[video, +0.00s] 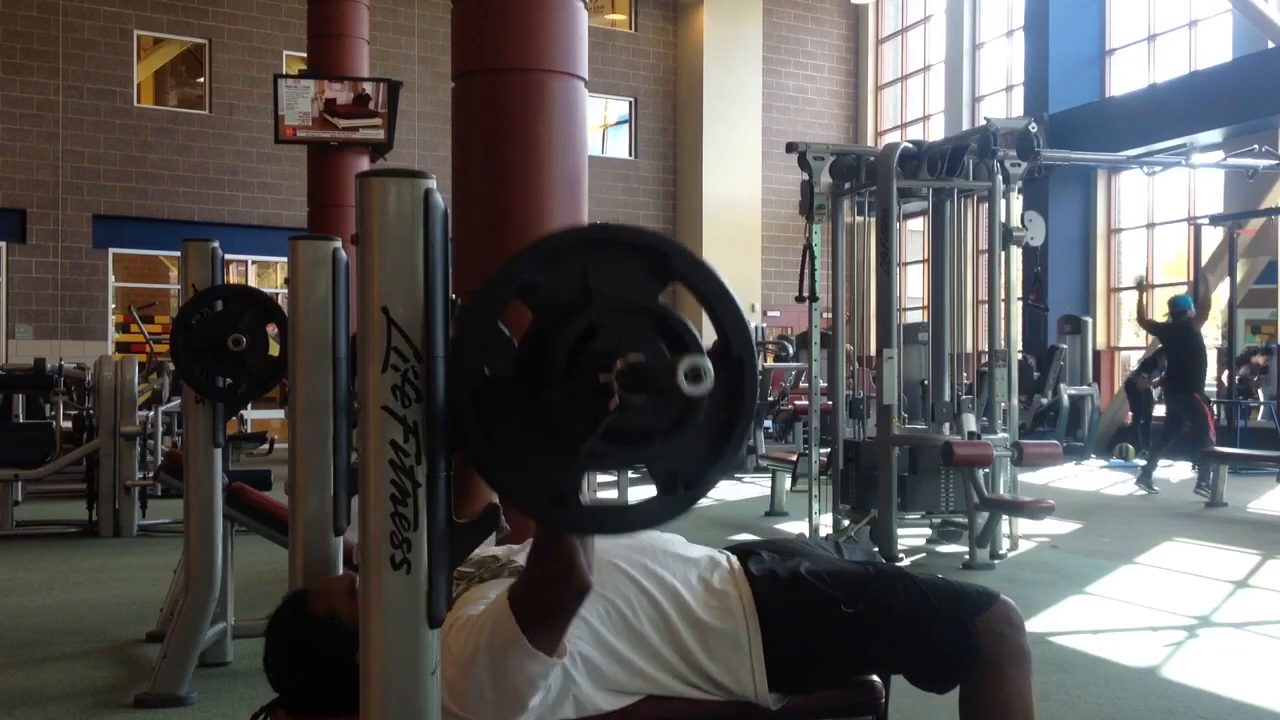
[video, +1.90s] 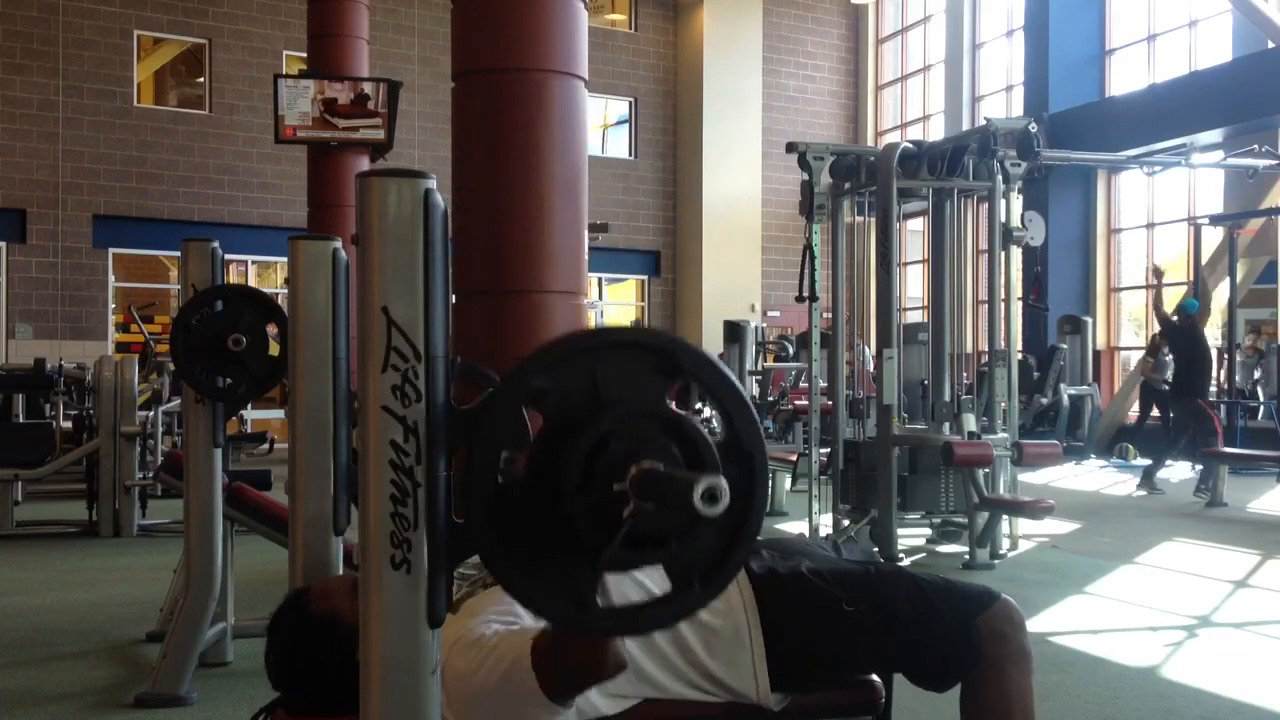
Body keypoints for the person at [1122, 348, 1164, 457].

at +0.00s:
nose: (1165, 362)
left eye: (1166, 359)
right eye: (1164, 358)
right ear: (1159, 356)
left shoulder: (1164, 366)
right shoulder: (1149, 363)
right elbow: (1141, 383)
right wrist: (1159, 381)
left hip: (1146, 386)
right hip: (1134, 385)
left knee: (1147, 417)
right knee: (1138, 417)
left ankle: (1148, 448)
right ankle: (1139, 449)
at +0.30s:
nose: (1153, 347)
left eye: (1155, 344)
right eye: (1151, 344)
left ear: (1158, 345)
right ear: (1147, 344)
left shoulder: (1161, 358)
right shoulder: (1141, 357)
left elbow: (1163, 375)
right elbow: (1139, 378)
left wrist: (1152, 381)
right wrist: (1154, 378)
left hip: (1153, 385)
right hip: (1137, 385)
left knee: (1155, 416)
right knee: (1139, 415)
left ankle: (1153, 446)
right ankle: (1140, 448)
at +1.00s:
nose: (1150, 334)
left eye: (1151, 331)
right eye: (1146, 331)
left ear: (1155, 331)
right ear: (1143, 333)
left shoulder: (1163, 346)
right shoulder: (1137, 348)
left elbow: (1170, 366)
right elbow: (1132, 367)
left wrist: (1161, 373)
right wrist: (1134, 374)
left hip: (1158, 382)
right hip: (1143, 383)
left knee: (1156, 417)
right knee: (1143, 416)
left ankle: (1156, 447)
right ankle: (1140, 446)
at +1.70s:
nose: (1157, 334)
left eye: (1158, 331)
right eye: (1154, 331)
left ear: (1160, 333)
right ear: (1147, 333)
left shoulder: (1160, 347)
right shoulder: (1142, 347)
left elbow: (1159, 363)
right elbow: (1134, 368)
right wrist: (1154, 370)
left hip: (1154, 384)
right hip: (1140, 383)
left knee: (1163, 413)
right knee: (1137, 416)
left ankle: (1164, 446)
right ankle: (1132, 445)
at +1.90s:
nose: (1166, 340)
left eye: (1167, 337)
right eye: (1164, 337)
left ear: (1168, 339)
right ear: (1160, 338)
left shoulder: (1170, 352)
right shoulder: (1153, 351)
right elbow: (1145, 372)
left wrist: (1171, 379)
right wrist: (1162, 379)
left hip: (1163, 387)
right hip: (1149, 386)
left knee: (1166, 416)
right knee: (1144, 415)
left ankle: (1168, 441)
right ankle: (1133, 440)